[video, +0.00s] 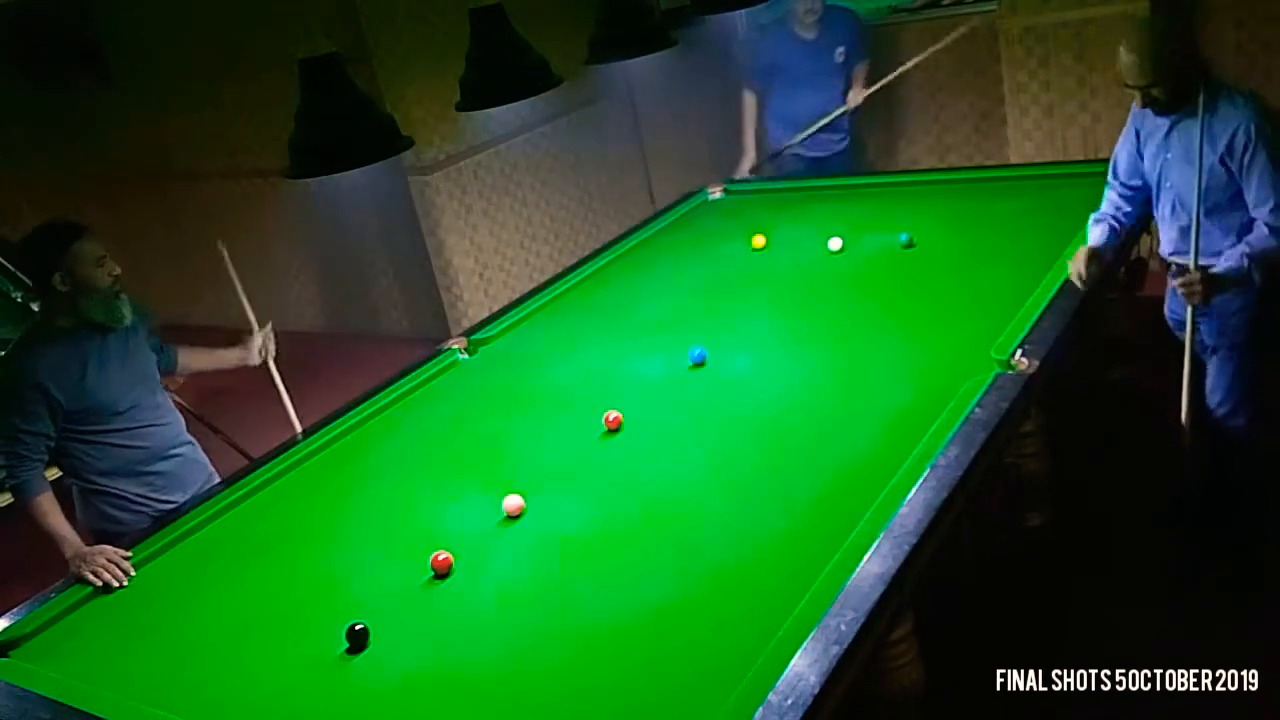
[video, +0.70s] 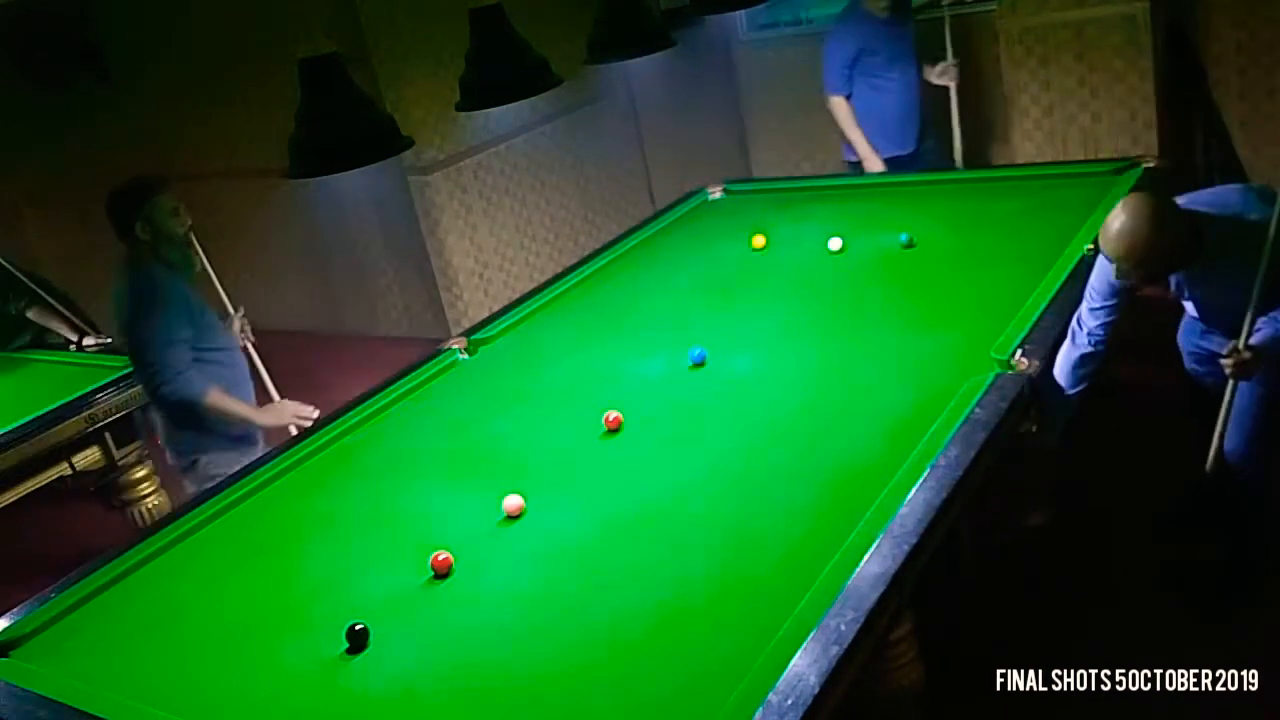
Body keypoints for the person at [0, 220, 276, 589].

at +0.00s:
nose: (116, 270)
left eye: (110, 260)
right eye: (99, 264)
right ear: (62, 282)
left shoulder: (127, 319)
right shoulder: (32, 363)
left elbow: (163, 359)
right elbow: (23, 470)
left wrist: (245, 354)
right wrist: (75, 550)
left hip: (203, 491)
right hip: (135, 530)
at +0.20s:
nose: (129, 259)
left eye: (122, 249)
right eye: (113, 253)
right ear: (78, 270)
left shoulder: (124, 312)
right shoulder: (56, 349)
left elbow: (158, 376)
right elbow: (41, 457)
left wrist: (228, 388)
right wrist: (102, 531)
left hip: (205, 486)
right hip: (152, 521)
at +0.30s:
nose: (140, 252)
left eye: (133, 242)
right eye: (124, 245)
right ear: (89, 264)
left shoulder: (128, 308)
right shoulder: (76, 336)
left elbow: (158, 378)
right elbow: (62, 442)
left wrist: (222, 385)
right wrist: (137, 506)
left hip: (208, 479)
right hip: (172, 502)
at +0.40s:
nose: (150, 246)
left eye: (142, 236)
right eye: (134, 239)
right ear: (101, 257)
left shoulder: (134, 304)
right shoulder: (94, 327)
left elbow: (164, 371)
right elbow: (96, 429)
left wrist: (222, 377)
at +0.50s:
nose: (163, 239)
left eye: (156, 228)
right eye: (148, 232)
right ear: (117, 249)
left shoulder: (145, 298)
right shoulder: (114, 315)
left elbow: (168, 364)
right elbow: (127, 414)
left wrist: (222, 364)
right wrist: (222, 450)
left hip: (214, 474)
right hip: (185, 488)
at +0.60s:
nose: (175, 231)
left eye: (169, 221)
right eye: (161, 225)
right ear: (131, 241)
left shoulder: (154, 290)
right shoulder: (136, 301)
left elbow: (174, 363)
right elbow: (156, 398)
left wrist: (223, 352)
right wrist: (244, 431)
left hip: (227, 464)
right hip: (202, 480)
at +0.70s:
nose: (187, 221)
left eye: (182, 211)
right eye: (173, 214)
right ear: (144, 230)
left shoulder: (164, 279)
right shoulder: (153, 286)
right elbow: (173, 382)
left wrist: (224, 336)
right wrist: (258, 415)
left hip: (232, 446)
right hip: (215, 457)